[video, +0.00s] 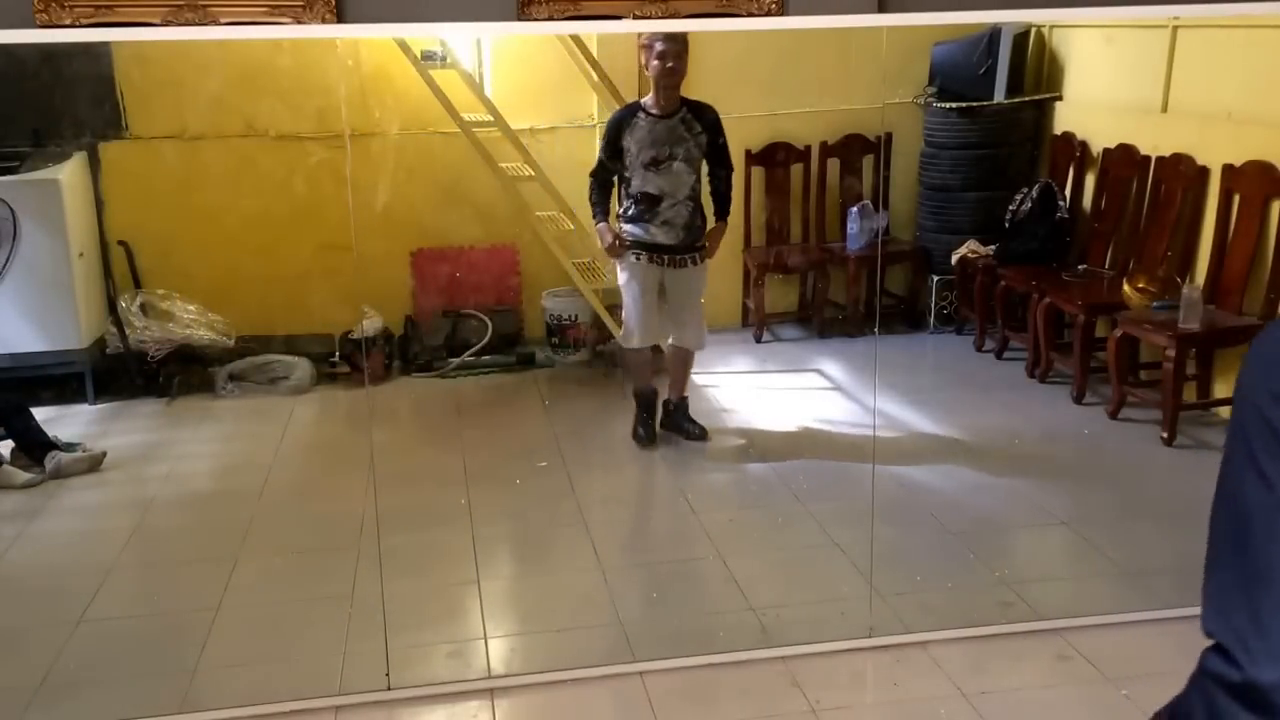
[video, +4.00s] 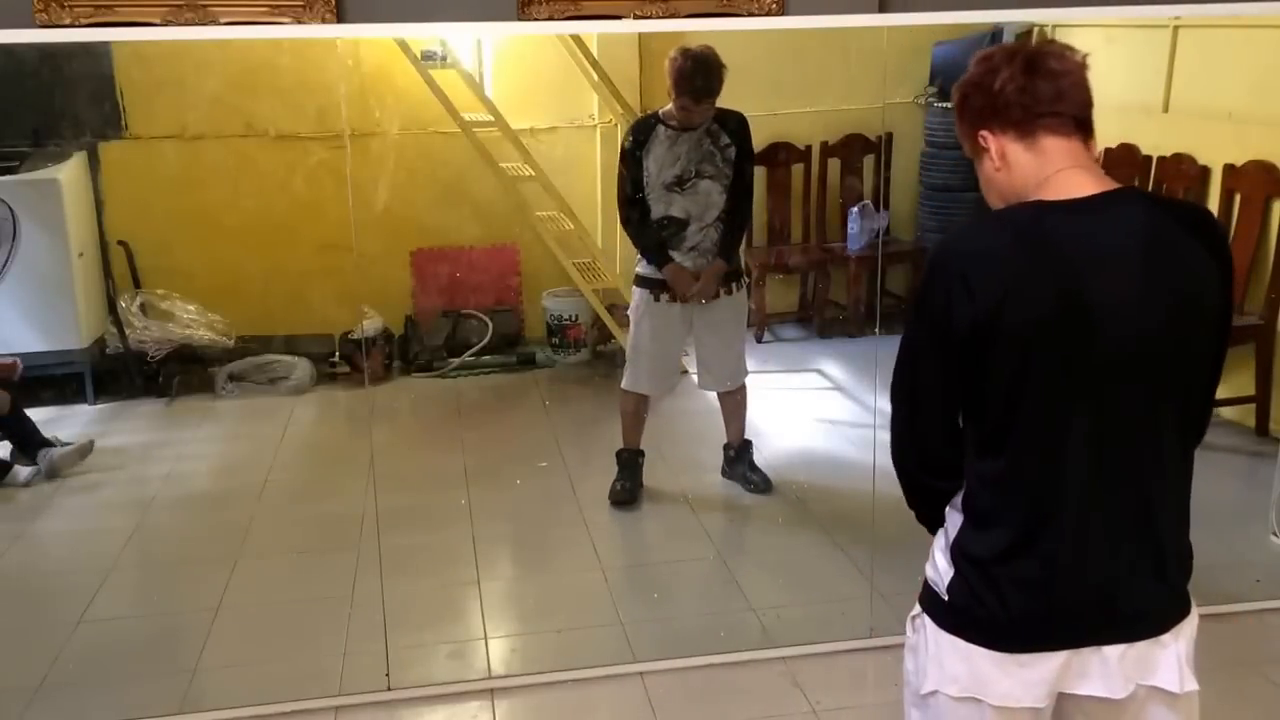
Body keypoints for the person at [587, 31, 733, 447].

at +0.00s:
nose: (670, 64)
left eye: (677, 57)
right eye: (662, 57)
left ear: (687, 63)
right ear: (646, 63)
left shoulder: (704, 118)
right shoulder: (623, 120)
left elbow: (721, 171)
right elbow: (602, 176)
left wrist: (721, 222)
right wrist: (601, 224)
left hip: (688, 247)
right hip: (636, 247)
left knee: (686, 333)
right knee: (638, 335)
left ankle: (676, 408)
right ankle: (644, 406)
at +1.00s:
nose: (673, 73)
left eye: (681, 63)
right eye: (663, 65)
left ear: (693, 66)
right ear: (646, 68)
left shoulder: (716, 119)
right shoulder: (625, 132)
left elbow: (723, 186)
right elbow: (611, 196)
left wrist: (722, 241)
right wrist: (610, 251)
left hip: (713, 267)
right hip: (655, 273)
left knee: (728, 362)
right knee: (654, 368)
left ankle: (736, 446)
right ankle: (662, 449)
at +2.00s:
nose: (769, 75)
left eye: (771, 66)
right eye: (759, 66)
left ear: (727, 73)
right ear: (729, 68)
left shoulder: (712, 121)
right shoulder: (730, 126)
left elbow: (728, 205)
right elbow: (742, 207)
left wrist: (763, 243)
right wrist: (770, 250)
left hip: (716, 270)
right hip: (734, 272)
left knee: (733, 365)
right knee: (747, 367)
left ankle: (732, 456)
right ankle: (673, 441)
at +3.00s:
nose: (663, 101)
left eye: (674, 92)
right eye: (655, 91)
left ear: (690, 86)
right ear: (643, 83)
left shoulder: (716, 127)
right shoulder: (621, 139)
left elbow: (731, 197)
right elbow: (608, 208)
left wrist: (734, 255)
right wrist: (615, 272)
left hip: (711, 279)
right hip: (645, 283)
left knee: (727, 371)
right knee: (631, 381)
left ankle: (736, 456)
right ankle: (628, 466)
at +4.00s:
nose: (691, 116)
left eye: (701, 109)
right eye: (684, 108)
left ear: (716, 96)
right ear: (671, 92)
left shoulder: (733, 127)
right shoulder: (642, 133)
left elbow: (741, 201)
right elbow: (630, 209)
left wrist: (721, 261)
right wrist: (667, 265)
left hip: (721, 277)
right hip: (657, 278)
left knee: (730, 372)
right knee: (639, 375)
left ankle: (737, 456)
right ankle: (629, 465)